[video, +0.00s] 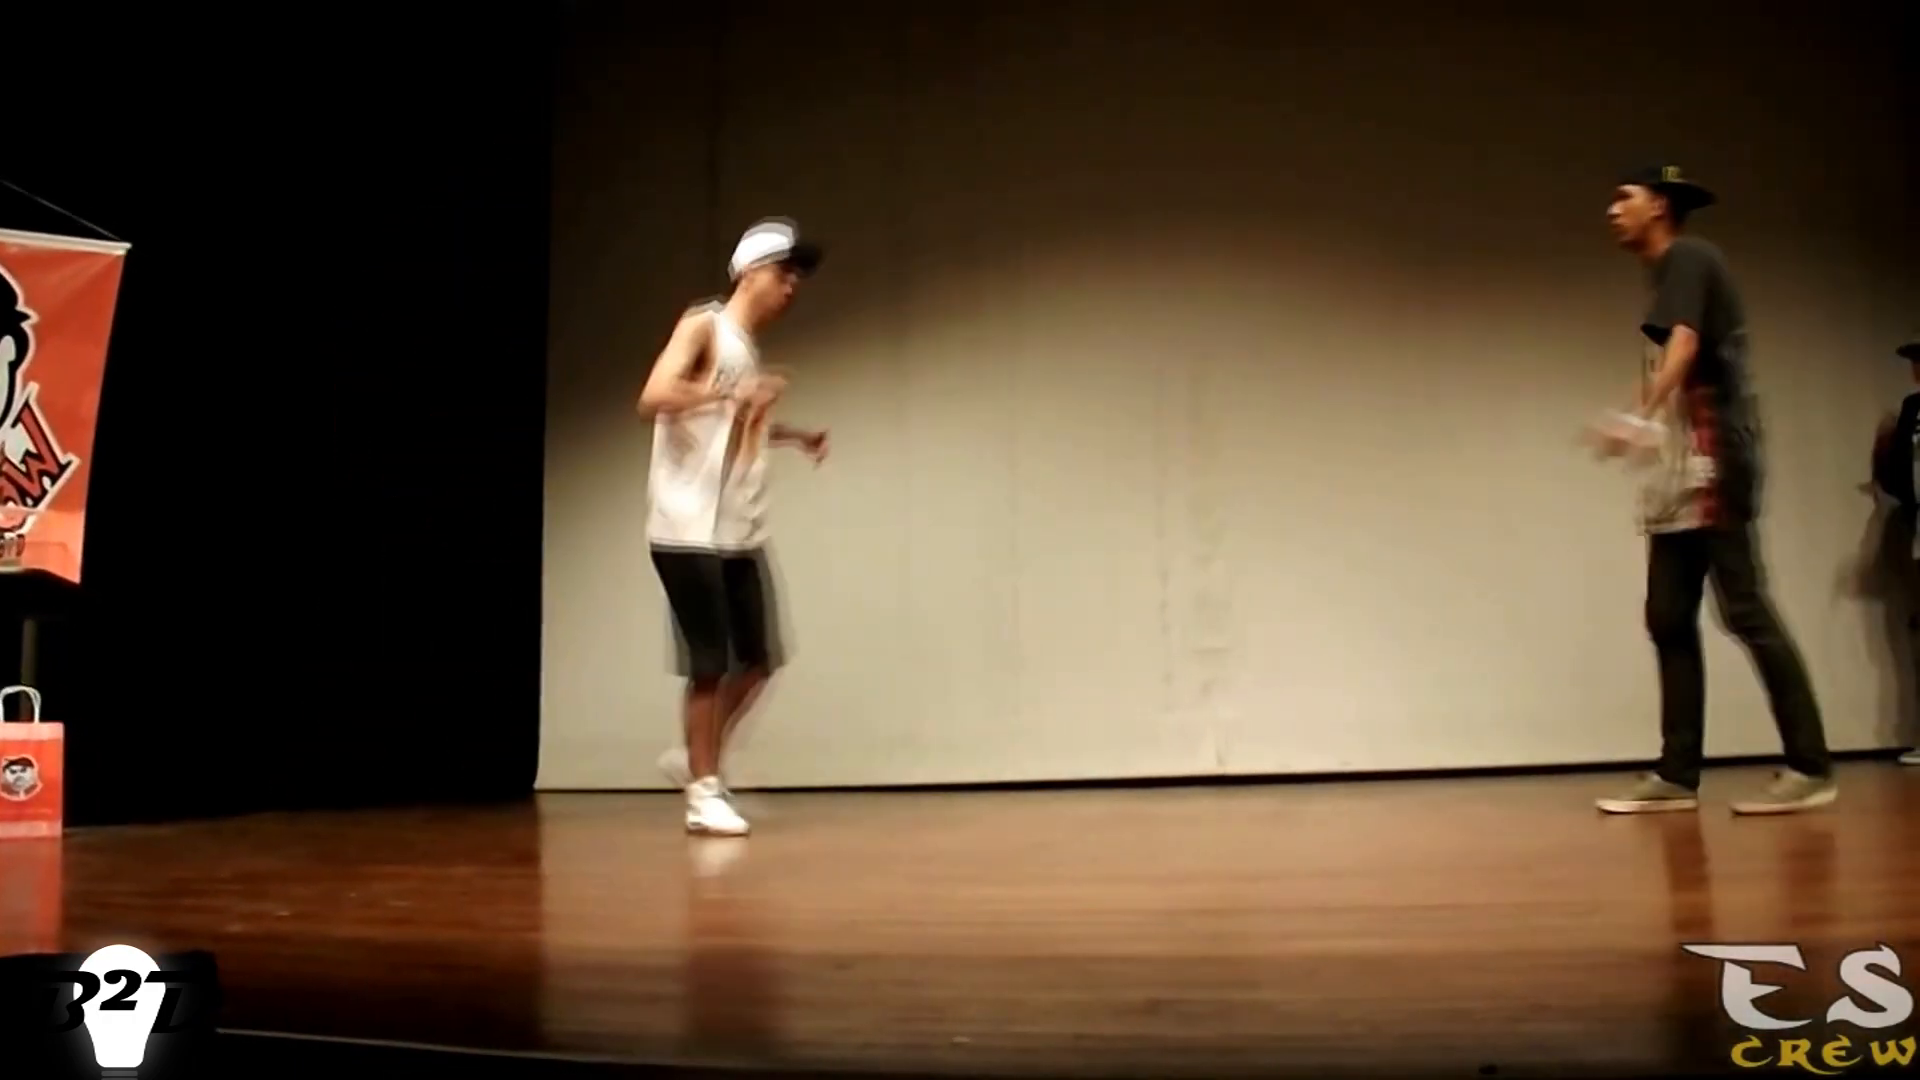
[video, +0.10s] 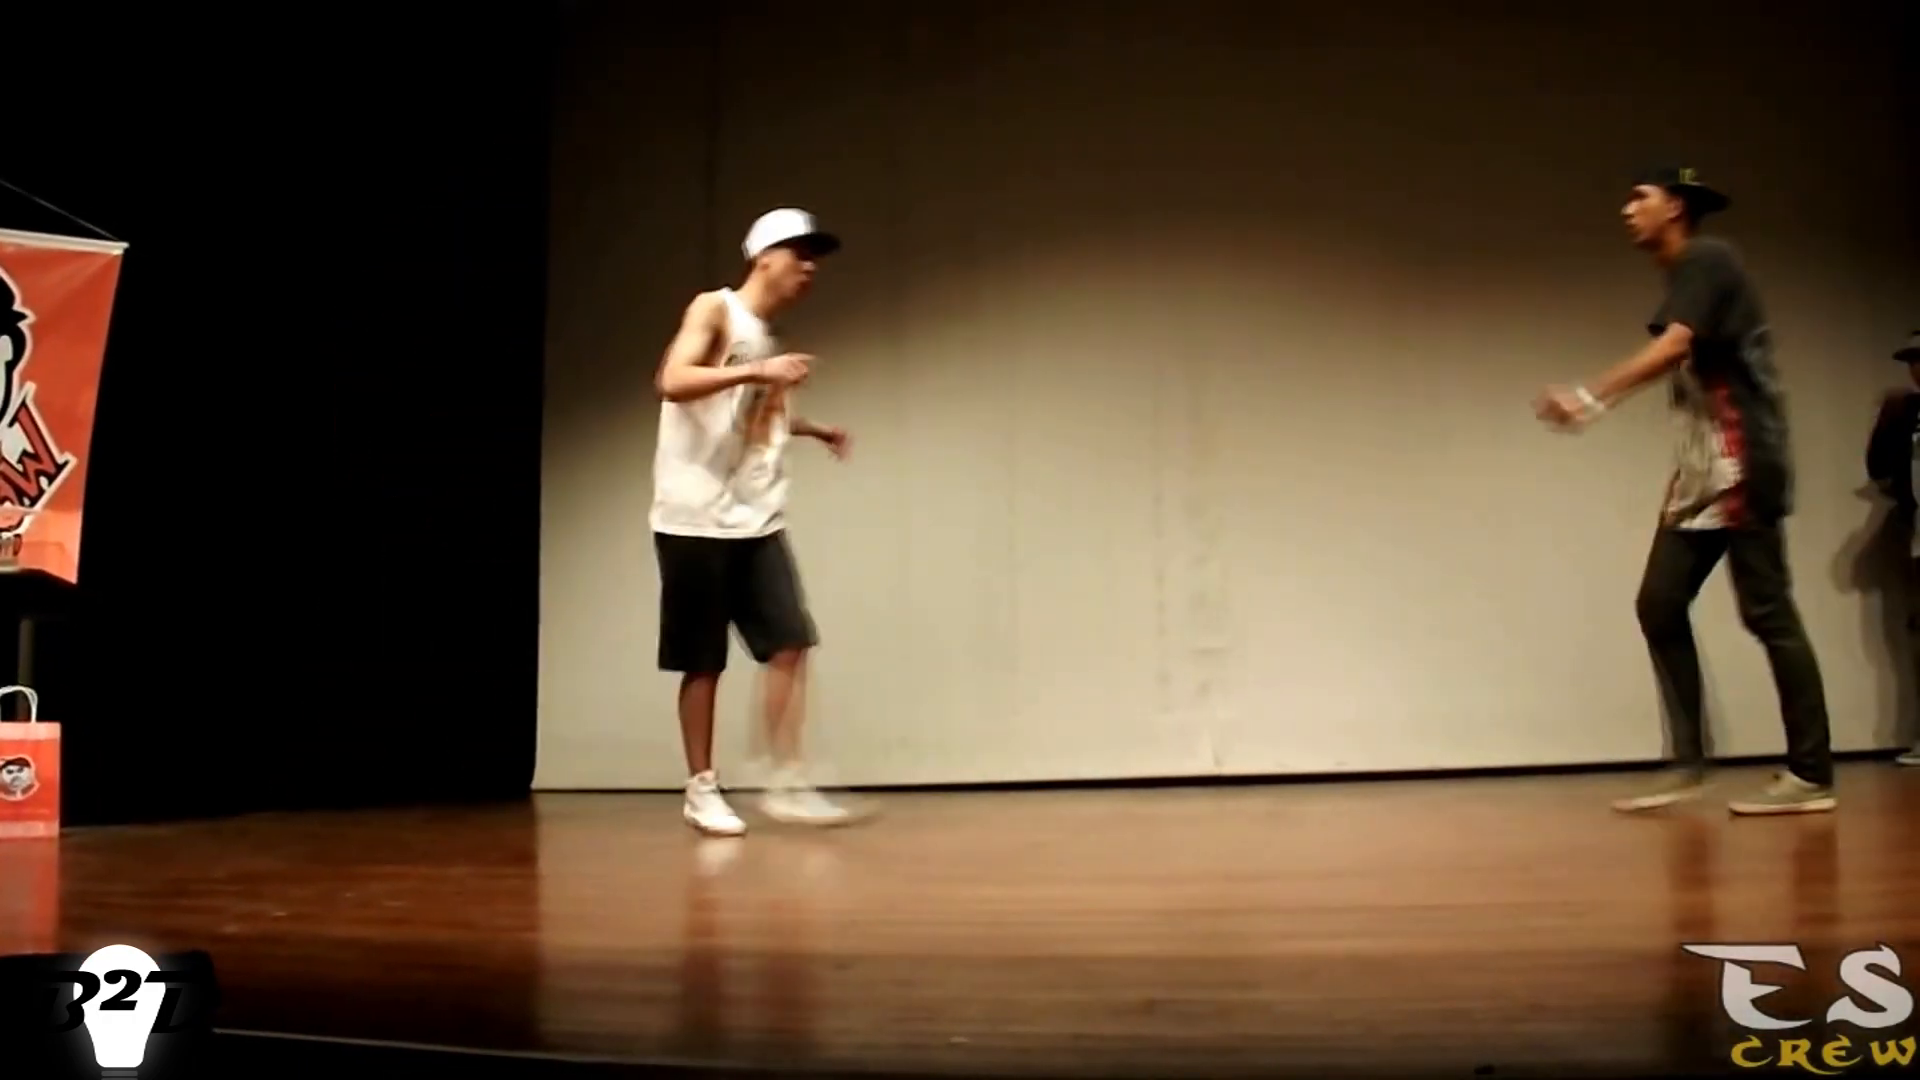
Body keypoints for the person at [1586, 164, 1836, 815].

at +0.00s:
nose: (1613, 211)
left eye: (1625, 199)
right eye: (1615, 201)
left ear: (1662, 208)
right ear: (1654, 212)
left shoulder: (1690, 259)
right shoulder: (1666, 276)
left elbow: (1683, 349)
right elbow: (1682, 373)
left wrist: (1641, 419)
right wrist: (1641, 433)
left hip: (1716, 470)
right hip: (1680, 473)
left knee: (1745, 610)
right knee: (1669, 619)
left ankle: (1811, 768)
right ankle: (1677, 776)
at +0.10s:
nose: (1628, 210)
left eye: (1640, 198)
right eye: (1630, 200)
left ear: (1678, 207)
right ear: (1660, 214)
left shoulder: (1708, 261)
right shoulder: (1679, 281)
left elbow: (1673, 345)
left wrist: (1591, 398)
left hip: (1746, 473)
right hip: (1702, 478)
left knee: (1770, 614)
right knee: (1659, 605)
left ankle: (1812, 773)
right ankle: (1687, 768)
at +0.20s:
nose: (1642, 201)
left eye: (1655, 189)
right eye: (1644, 191)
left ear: (1693, 197)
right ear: (1681, 201)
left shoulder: (1726, 250)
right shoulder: (1699, 267)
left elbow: (1680, 332)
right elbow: (1723, 387)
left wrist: (1578, 375)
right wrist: (1700, 472)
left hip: (1765, 458)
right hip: (1719, 460)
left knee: (1775, 609)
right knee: (1666, 595)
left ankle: (1808, 772)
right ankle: (1754, 743)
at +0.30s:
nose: (1660, 196)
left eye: (1673, 185)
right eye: (1662, 186)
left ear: (1711, 195)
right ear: (1694, 199)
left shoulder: (1745, 250)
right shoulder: (1714, 268)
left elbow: (1699, 330)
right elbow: (1739, 386)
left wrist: (1597, 366)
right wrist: (1718, 471)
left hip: (1775, 463)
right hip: (1731, 465)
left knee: (1779, 612)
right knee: (1698, 602)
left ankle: (1806, 774)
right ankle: (1805, 707)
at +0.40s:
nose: (1675, 196)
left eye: (1689, 185)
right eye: (1676, 187)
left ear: (1726, 197)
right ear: (1701, 204)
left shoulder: (1757, 252)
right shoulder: (1719, 274)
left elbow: (1736, 340)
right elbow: (1732, 392)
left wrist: (1642, 379)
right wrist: (1713, 469)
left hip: (1783, 462)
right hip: (1751, 467)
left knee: (1778, 611)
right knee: (1763, 613)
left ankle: (1803, 774)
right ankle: (1866, 733)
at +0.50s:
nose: (1688, 204)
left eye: (1701, 195)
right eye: (1689, 195)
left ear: (1737, 208)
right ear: (1717, 213)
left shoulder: (1774, 257)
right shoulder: (1721, 289)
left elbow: (1785, 350)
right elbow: (1719, 394)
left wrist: (1731, 413)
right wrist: (1687, 488)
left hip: (1804, 453)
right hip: (1773, 459)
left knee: (1759, 600)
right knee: (1817, 605)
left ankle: (1795, 770)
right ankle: (1893, 753)